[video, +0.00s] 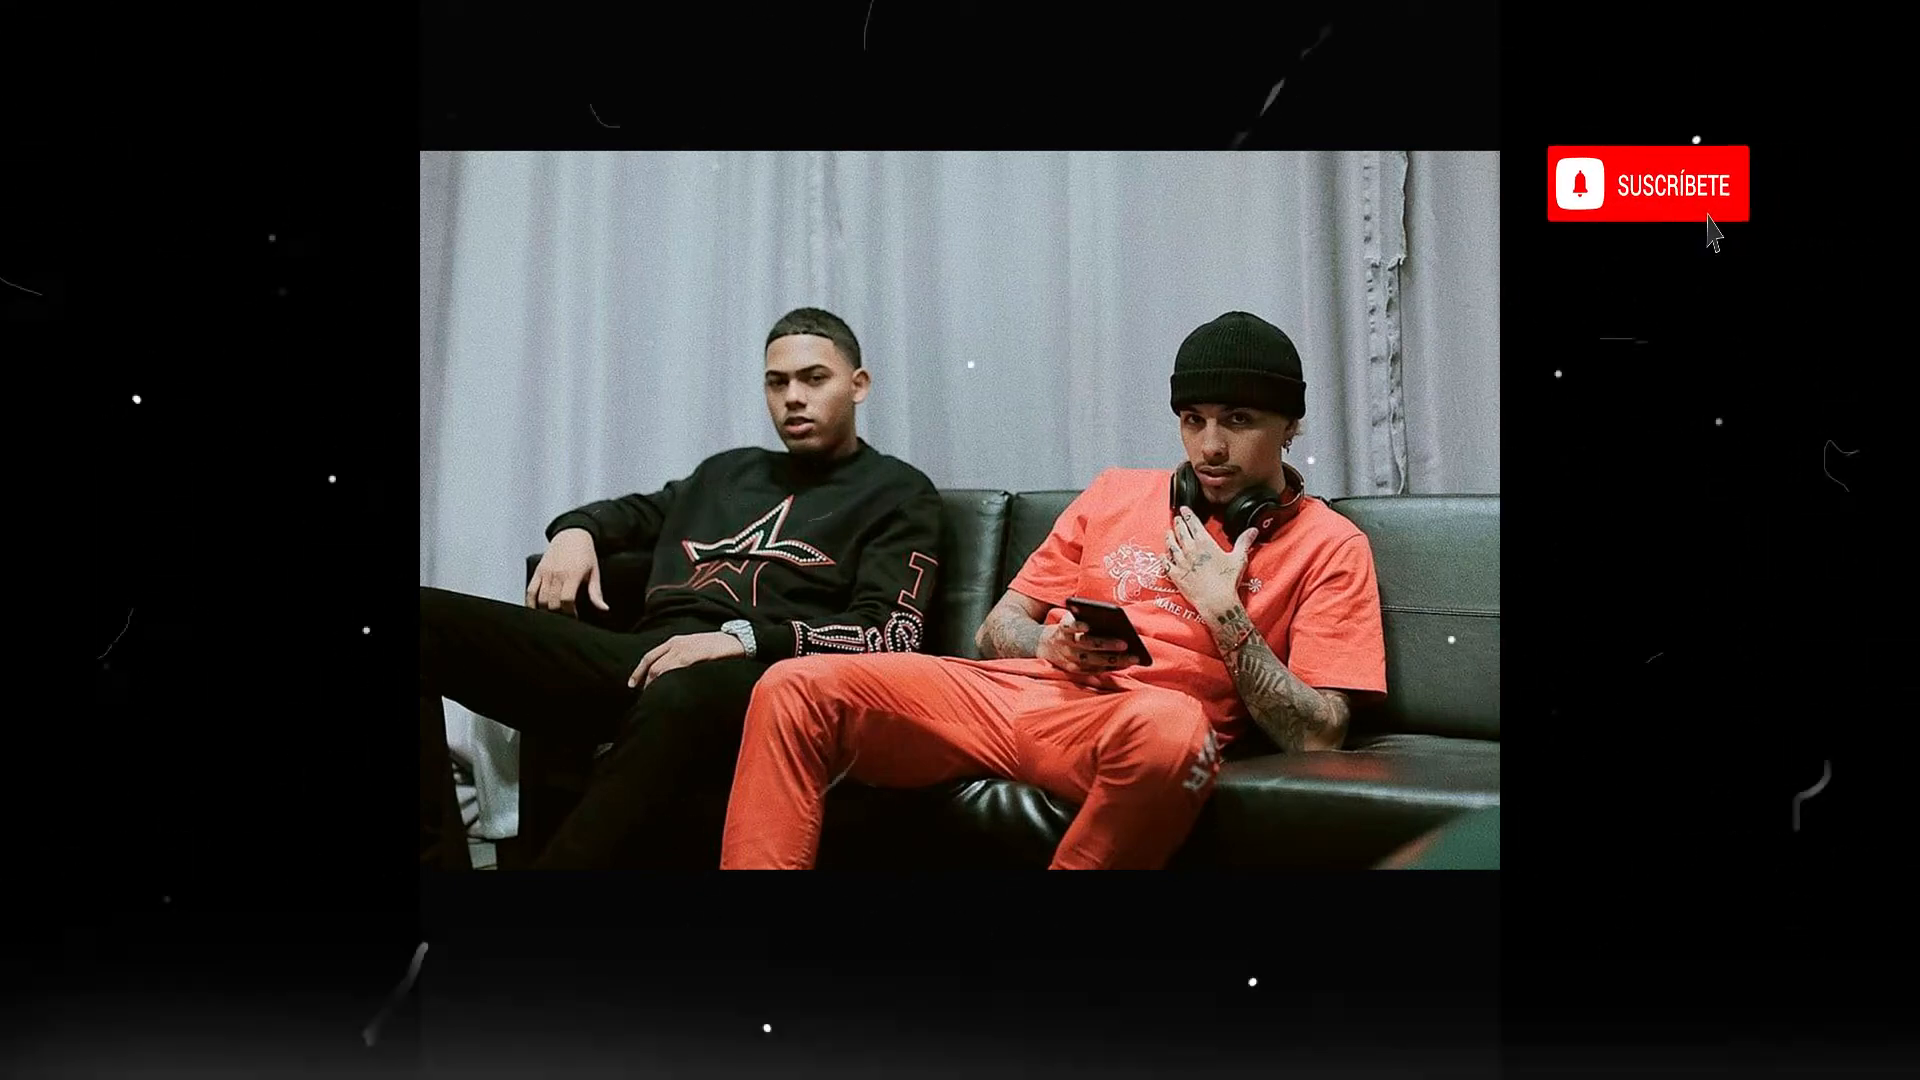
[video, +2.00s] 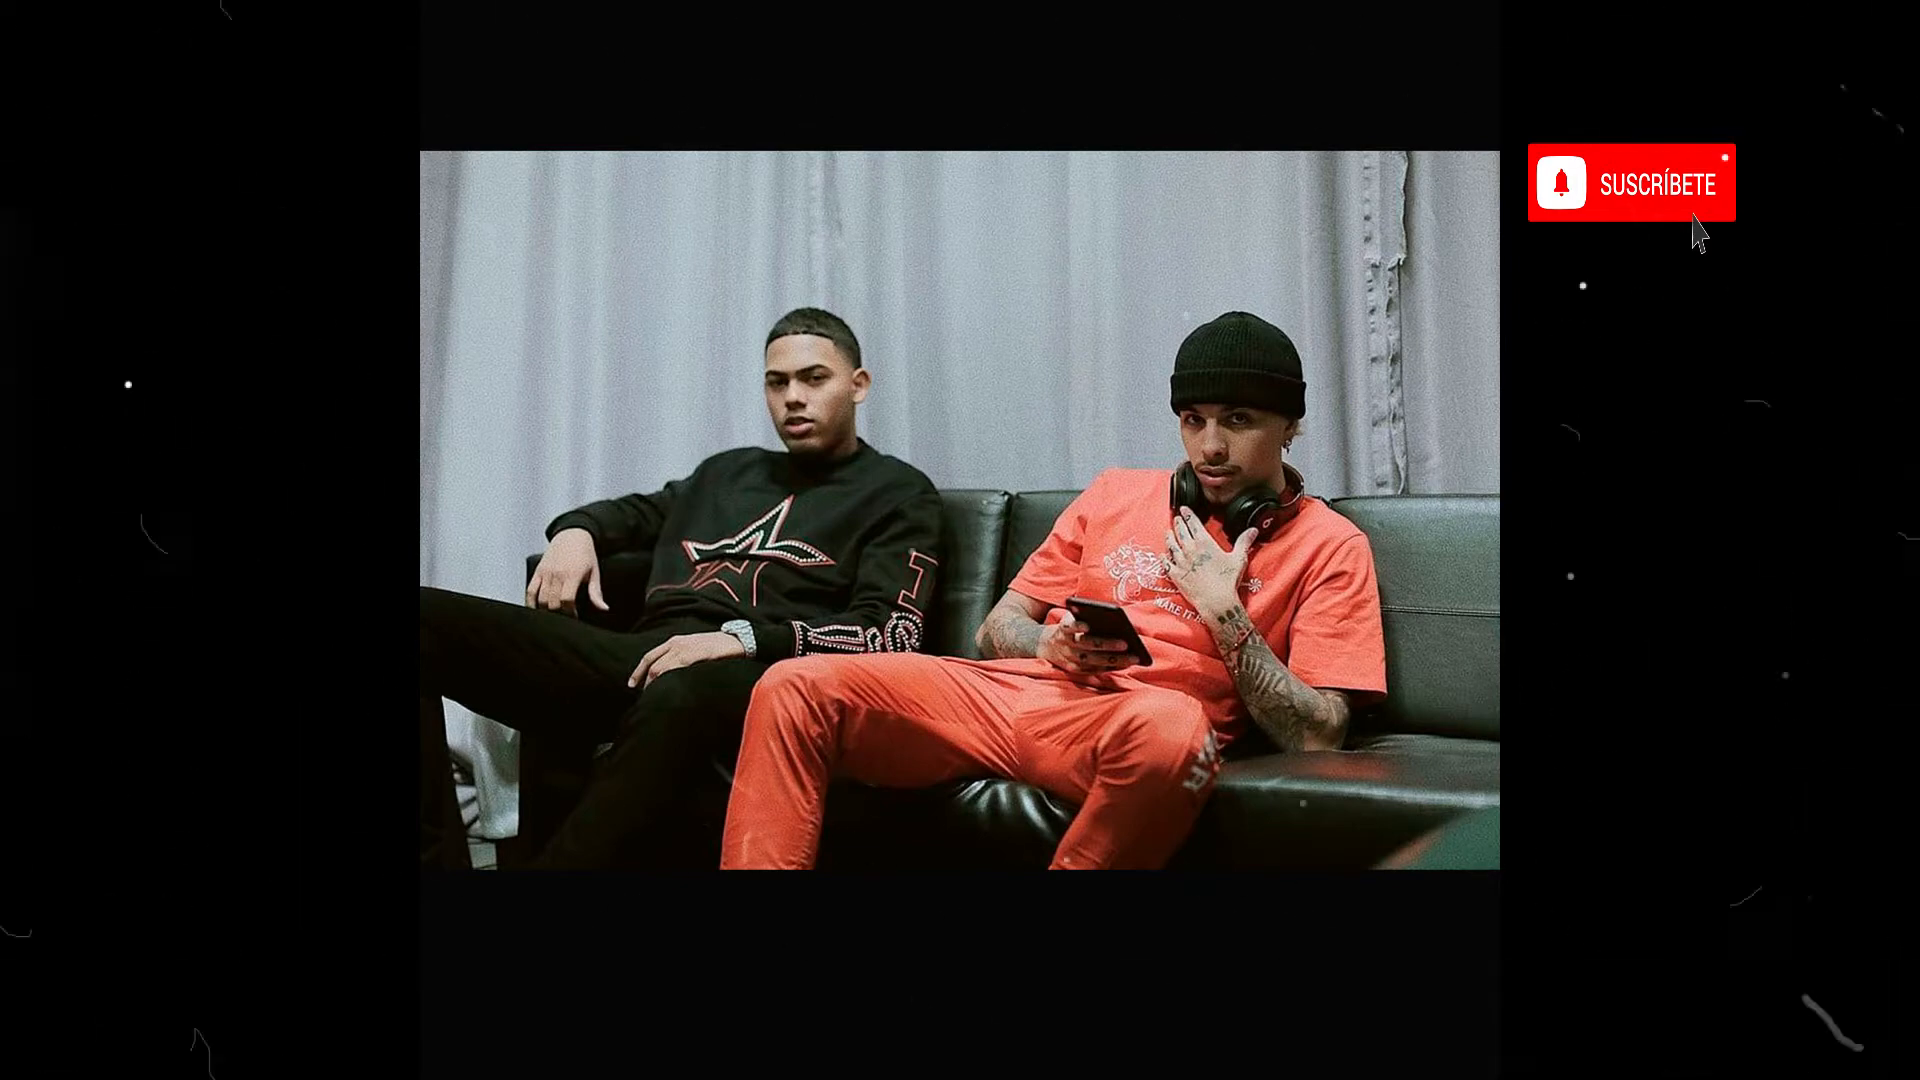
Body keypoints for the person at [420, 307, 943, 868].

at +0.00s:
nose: (793, 398)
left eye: (813, 379)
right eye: (778, 382)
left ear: (859, 385)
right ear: (765, 390)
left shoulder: (899, 494)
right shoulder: (728, 472)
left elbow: (892, 635)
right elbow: (640, 516)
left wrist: (743, 638)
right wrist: (575, 530)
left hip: (770, 681)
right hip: (638, 654)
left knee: (681, 701)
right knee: (420, 617)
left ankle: (556, 886)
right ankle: (441, 870)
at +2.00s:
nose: (793, 399)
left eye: (813, 379)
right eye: (779, 382)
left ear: (859, 385)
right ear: (765, 390)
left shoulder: (900, 494)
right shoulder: (728, 471)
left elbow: (893, 634)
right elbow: (641, 515)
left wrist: (742, 639)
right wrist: (574, 530)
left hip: (770, 680)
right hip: (638, 652)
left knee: (681, 699)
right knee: (426, 617)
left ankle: (562, 870)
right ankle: (441, 855)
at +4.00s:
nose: (793, 399)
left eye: (813, 378)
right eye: (779, 382)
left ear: (859, 385)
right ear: (765, 391)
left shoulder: (900, 494)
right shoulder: (728, 472)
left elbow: (892, 635)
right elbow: (640, 515)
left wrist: (744, 638)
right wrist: (575, 530)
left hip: (772, 681)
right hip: (638, 654)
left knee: (684, 699)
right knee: (426, 617)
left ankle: (560, 875)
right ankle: (440, 857)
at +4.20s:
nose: (793, 399)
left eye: (814, 379)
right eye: (779, 382)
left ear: (859, 384)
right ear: (765, 390)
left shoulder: (901, 495)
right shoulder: (728, 472)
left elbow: (892, 635)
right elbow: (642, 515)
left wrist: (743, 640)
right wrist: (575, 530)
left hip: (769, 682)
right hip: (636, 653)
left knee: (683, 701)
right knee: (426, 617)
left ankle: (562, 875)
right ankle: (440, 858)